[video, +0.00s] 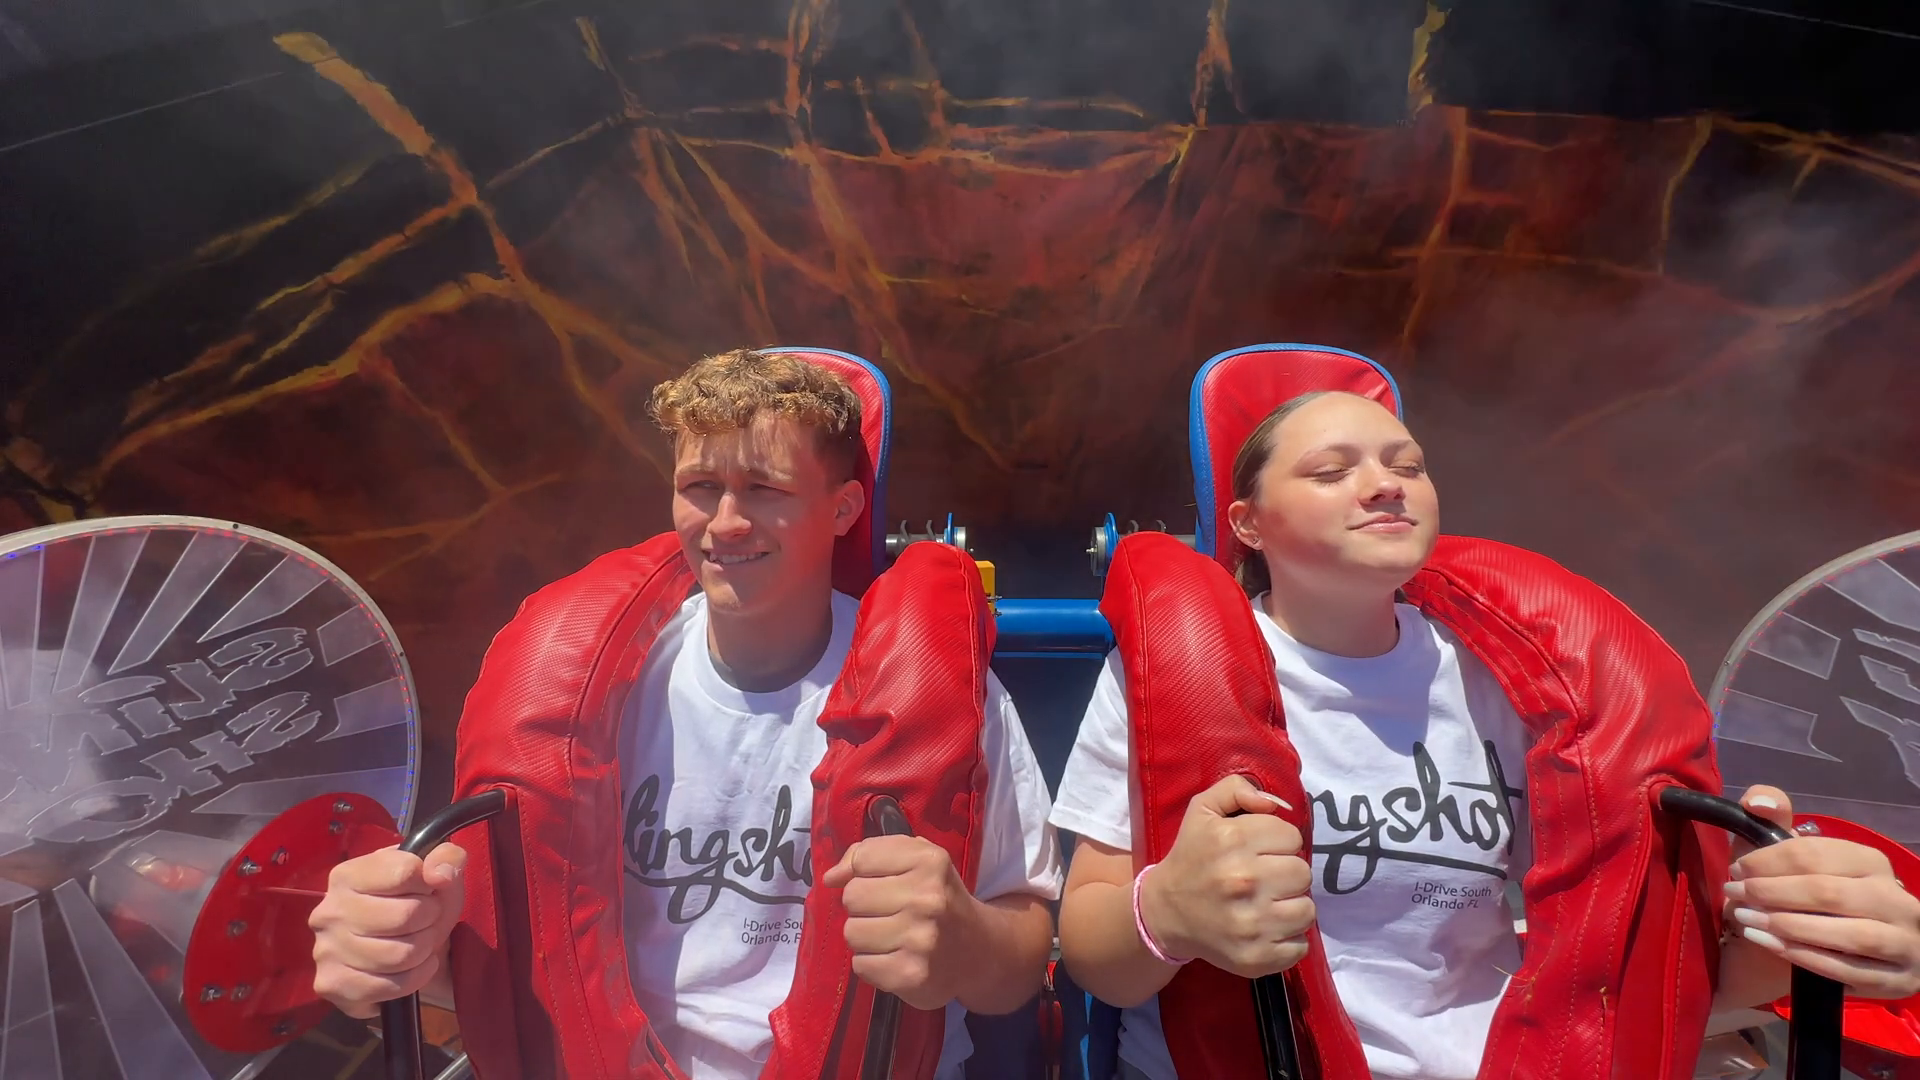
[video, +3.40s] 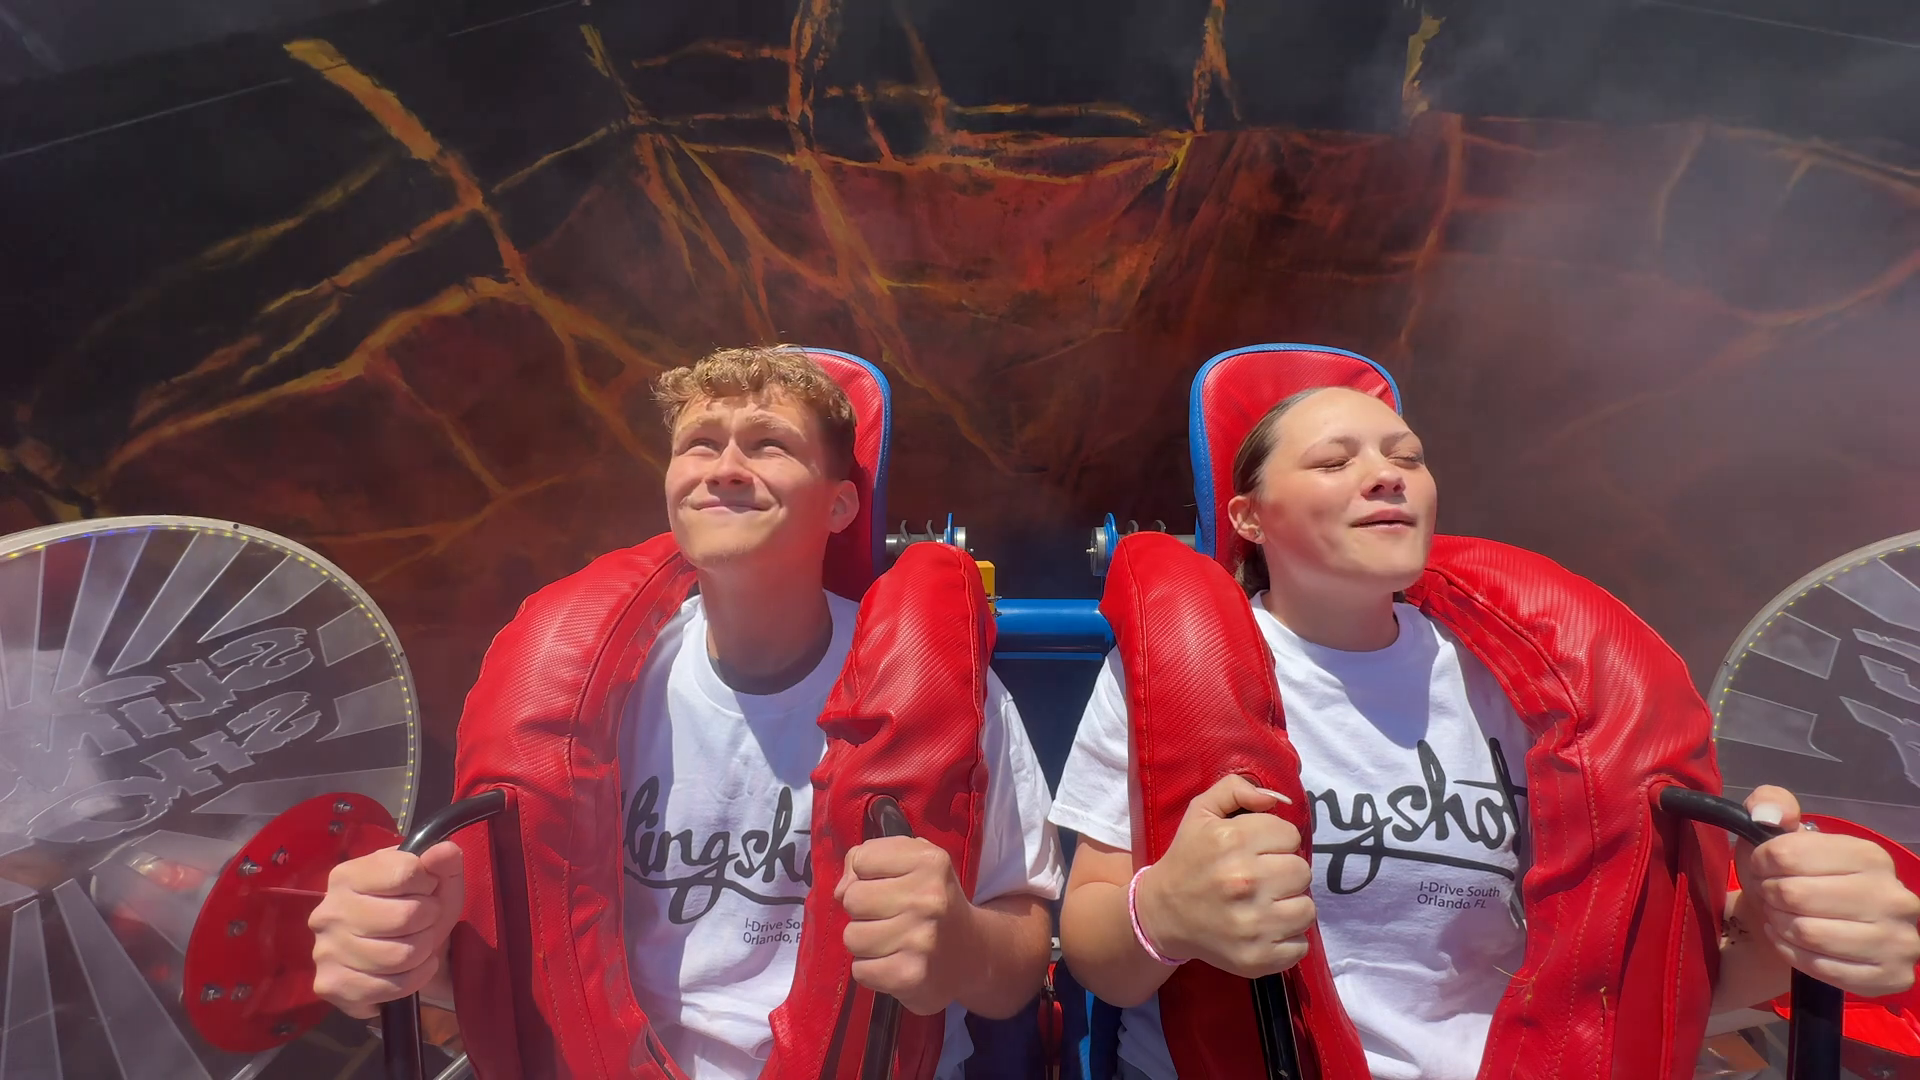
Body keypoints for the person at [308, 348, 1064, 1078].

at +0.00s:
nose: (725, 523)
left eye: (764, 491)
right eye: (702, 489)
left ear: (845, 506)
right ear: (673, 491)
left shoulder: (934, 688)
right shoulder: (582, 673)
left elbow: (1027, 957)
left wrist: (969, 946)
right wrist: (415, 944)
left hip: (837, 1064)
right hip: (616, 1059)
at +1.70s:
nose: (831, 522)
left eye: (850, 492)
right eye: (789, 487)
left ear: (873, 504)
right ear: (693, 499)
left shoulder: (937, 685)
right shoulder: (583, 671)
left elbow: (1024, 952)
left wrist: (965, 950)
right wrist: (411, 941)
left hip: (840, 1063)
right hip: (614, 1059)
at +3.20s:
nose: (737, 495)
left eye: (778, 465)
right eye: (710, 463)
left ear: (845, 500)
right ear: (674, 488)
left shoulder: (937, 688)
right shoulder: (582, 674)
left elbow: (1025, 960)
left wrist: (965, 949)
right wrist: (411, 947)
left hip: (841, 1063)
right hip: (617, 1058)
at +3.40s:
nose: (724, 463)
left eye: (770, 445)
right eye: (701, 443)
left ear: (841, 502)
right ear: (666, 490)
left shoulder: (938, 688)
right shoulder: (577, 678)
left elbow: (1025, 959)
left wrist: (964, 949)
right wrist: (411, 948)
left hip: (844, 1063)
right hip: (618, 1059)